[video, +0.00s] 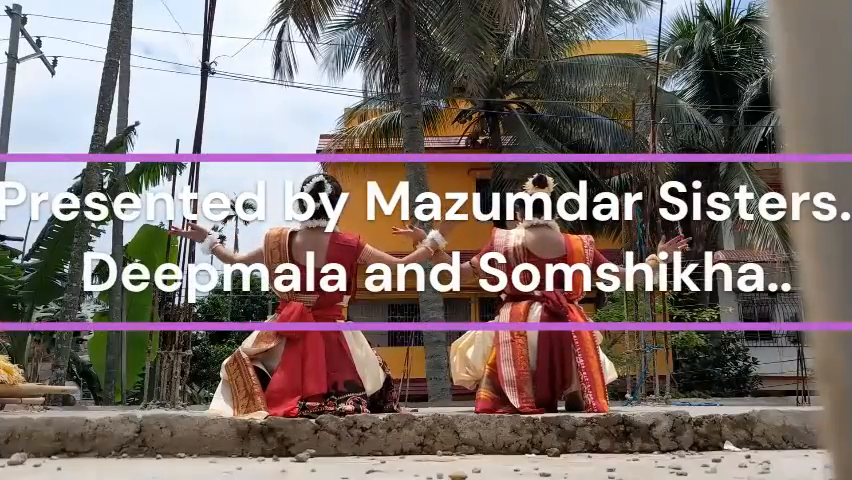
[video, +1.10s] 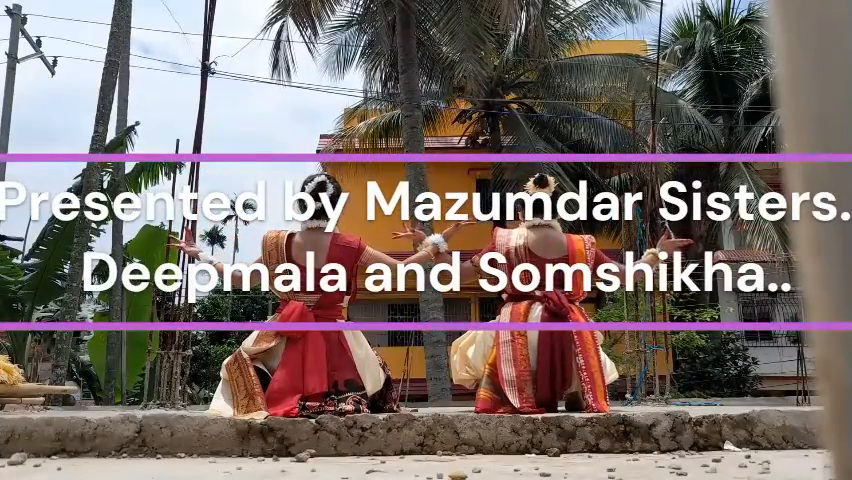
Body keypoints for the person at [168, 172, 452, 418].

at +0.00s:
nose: (333, 209)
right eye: (335, 203)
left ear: (300, 205)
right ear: (335, 206)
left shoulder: (277, 241)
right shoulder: (348, 245)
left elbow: (234, 259)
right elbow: (400, 264)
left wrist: (205, 237)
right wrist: (430, 247)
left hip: (288, 345)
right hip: (335, 345)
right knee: (379, 387)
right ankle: (343, 401)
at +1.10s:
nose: (337, 207)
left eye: (318, 201)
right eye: (337, 201)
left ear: (300, 204)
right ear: (337, 207)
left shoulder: (276, 245)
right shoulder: (349, 248)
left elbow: (246, 280)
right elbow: (402, 267)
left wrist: (200, 256)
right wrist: (431, 247)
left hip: (289, 350)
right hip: (336, 349)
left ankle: (289, 392)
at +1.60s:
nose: (338, 206)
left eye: (317, 200)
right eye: (338, 201)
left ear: (300, 203)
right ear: (336, 206)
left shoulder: (276, 245)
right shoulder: (349, 247)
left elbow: (236, 278)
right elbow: (404, 264)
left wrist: (199, 252)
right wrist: (435, 246)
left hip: (289, 349)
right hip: (335, 349)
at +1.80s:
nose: (342, 210)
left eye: (330, 202)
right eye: (343, 204)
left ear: (306, 204)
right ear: (342, 208)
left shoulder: (283, 243)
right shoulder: (354, 249)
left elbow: (238, 266)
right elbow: (409, 265)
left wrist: (198, 242)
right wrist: (443, 245)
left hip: (289, 340)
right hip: (333, 342)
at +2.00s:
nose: (361, 218)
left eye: (355, 210)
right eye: (360, 211)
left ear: (322, 211)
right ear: (356, 214)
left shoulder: (297, 243)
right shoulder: (365, 253)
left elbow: (249, 263)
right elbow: (419, 270)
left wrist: (204, 240)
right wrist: (449, 247)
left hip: (289, 337)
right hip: (335, 342)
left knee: (236, 361)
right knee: (373, 387)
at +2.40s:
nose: (378, 218)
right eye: (376, 214)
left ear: (340, 212)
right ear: (373, 216)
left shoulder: (313, 240)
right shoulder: (376, 253)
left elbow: (265, 250)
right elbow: (432, 262)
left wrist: (231, 231)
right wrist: (456, 238)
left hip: (299, 338)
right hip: (343, 341)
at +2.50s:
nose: (377, 215)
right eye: (376, 211)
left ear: (340, 209)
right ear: (374, 214)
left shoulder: (313, 238)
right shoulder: (377, 252)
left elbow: (266, 246)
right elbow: (434, 260)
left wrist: (232, 224)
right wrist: (455, 237)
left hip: (298, 334)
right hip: (342, 338)